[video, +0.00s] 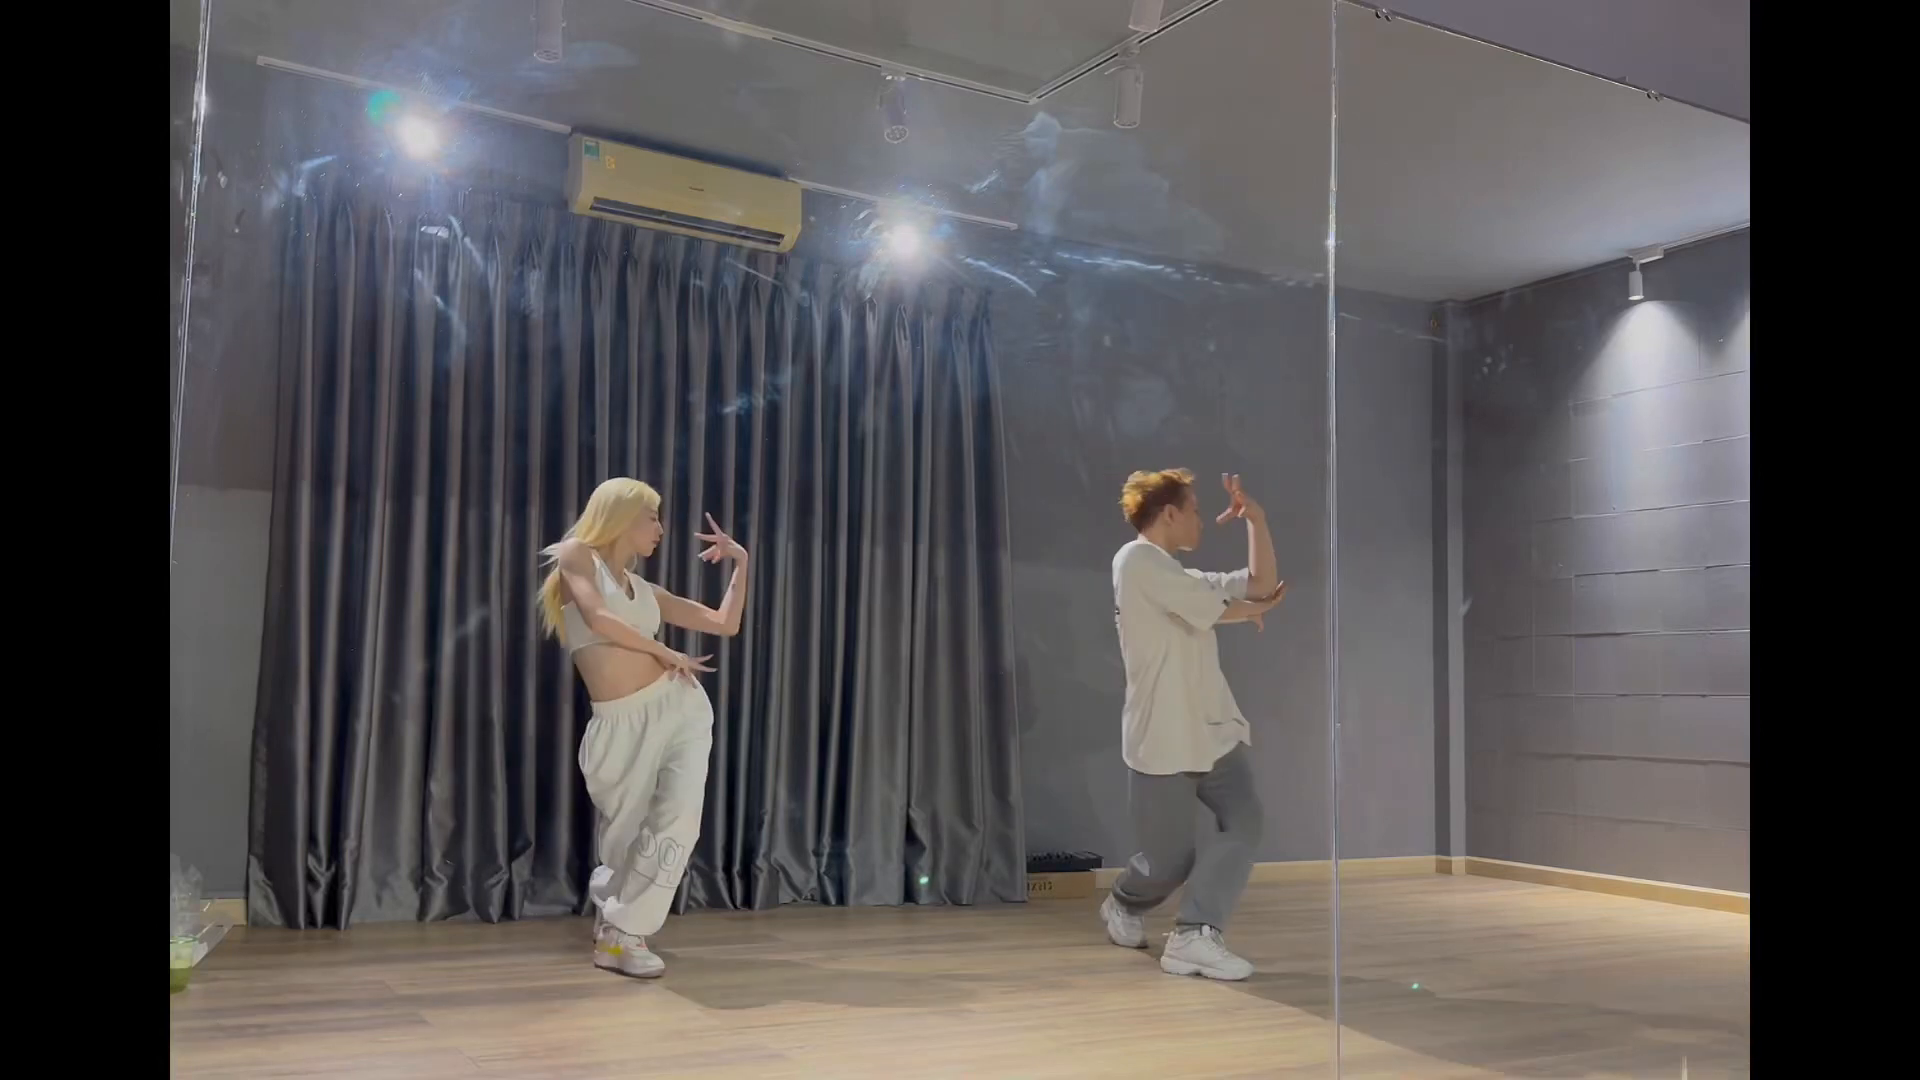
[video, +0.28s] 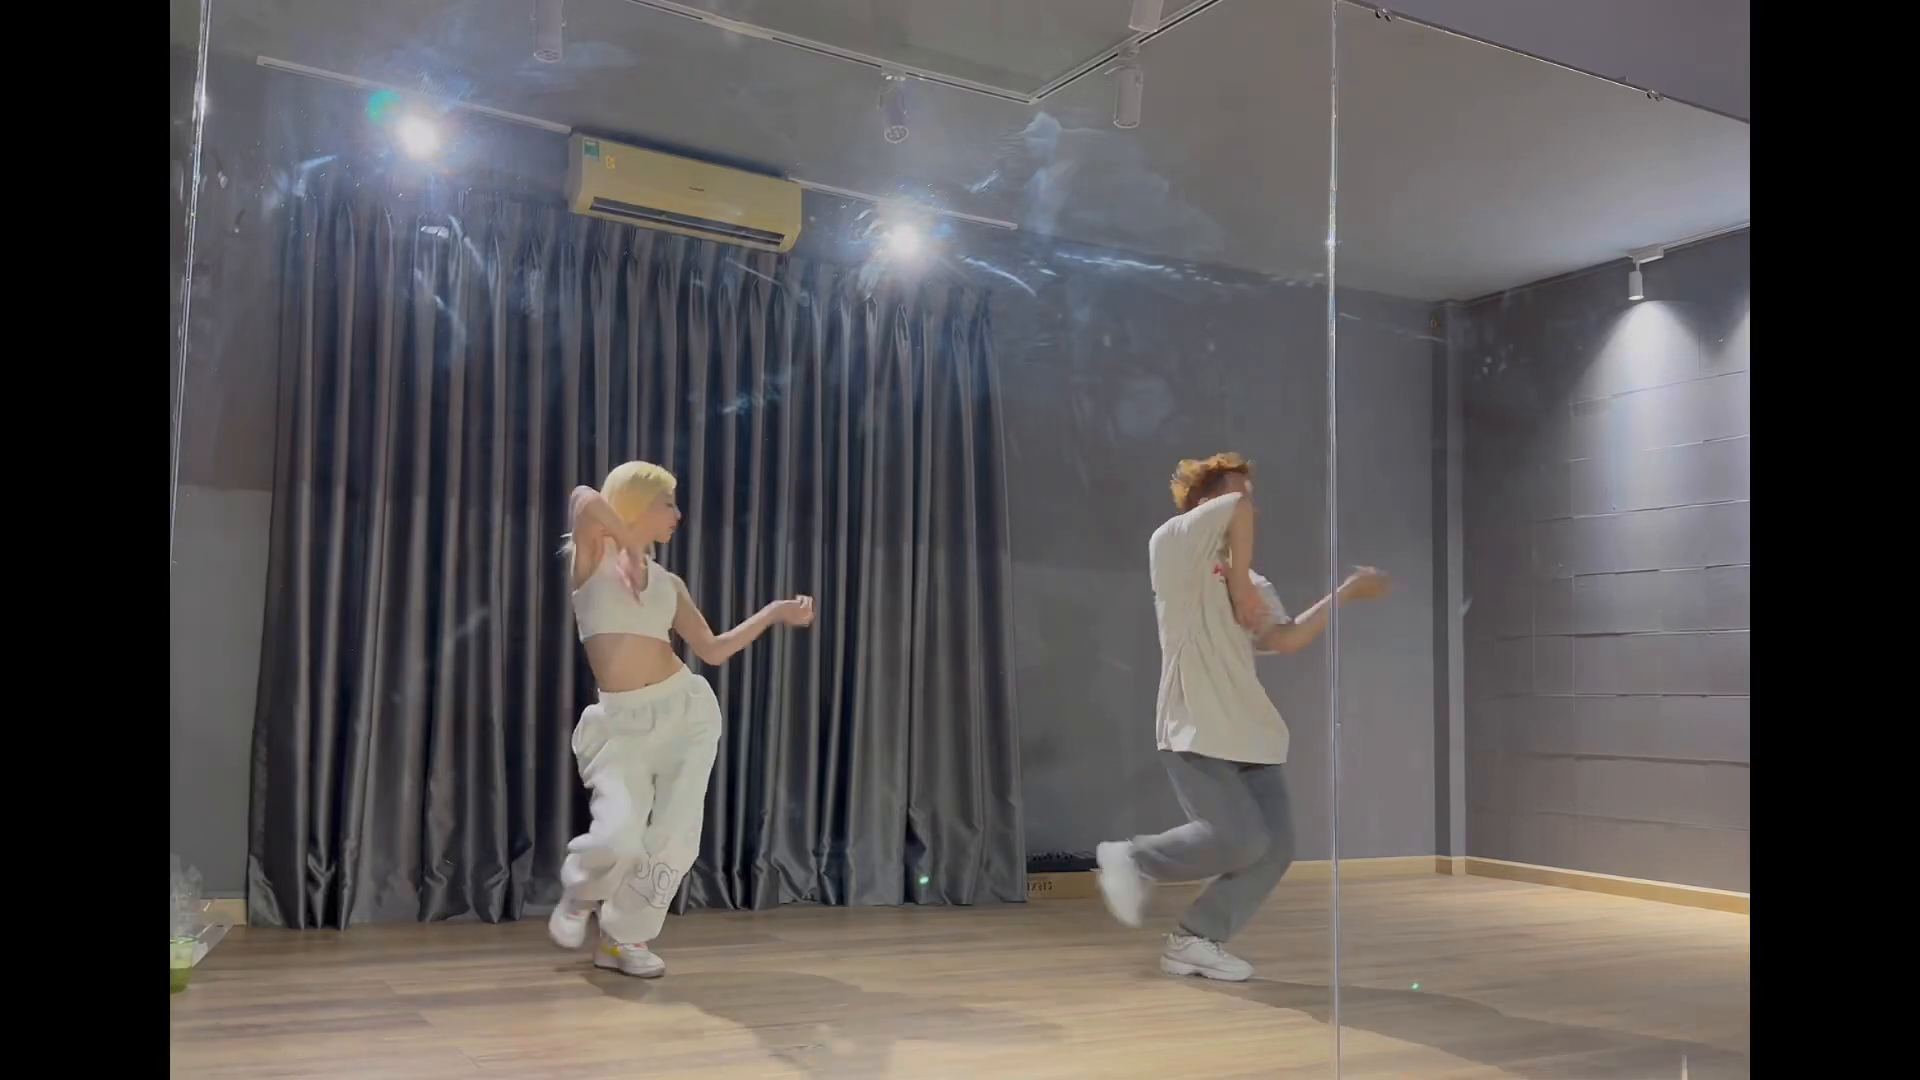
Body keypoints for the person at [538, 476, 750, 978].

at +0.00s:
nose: (660, 528)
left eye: (659, 519)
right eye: (651, 518)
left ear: (638, 525)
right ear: (619, 519)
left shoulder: (642, 591)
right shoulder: (577, 555)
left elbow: (725, 622)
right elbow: (598, 619)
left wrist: (741, 561)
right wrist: (664, 652)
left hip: (681, 708)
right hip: (622, 727)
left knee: (676, 829)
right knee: (625, 840)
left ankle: (624, 936)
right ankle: (611, 915)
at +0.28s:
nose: (678, 514)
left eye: (676, 504)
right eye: (668, 504)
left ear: (650, 516)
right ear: (635, 510)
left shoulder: (667, 585)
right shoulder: (591, 562)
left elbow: (712, 649)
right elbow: (583, 499)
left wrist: (771, 614)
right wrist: (627, 546)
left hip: (685, 713)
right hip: (620, 725)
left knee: (675, 841)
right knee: (619, 839)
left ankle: (621, 937)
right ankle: (578, 898)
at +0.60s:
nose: (645, 501)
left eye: (658, 492)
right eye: (636, 492)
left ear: (679, 504)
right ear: (624, 506)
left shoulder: (707, 548)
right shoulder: (618, 578)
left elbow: (714, 612)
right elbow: (582, 624)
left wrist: (633, 619)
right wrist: (513, 568)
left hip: (704, 713)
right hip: (642, 708)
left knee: (692, 850)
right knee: (712, 819)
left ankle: (613, 935)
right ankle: (675, 957)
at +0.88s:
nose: (687, 390)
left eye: (693, 384)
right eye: (671, 384)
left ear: (704, 405)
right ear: (643, 411)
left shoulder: (719, 464)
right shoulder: (640, 474)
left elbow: (803, 480)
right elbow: (624, 567)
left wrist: (735, 473)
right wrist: (682, 547)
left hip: (709, 637)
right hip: (660, 634)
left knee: (684, 788)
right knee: (663, 788)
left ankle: (606, 925)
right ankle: (663, 946)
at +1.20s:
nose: (707, 396)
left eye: (711, 387)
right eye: (693, 385)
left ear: (715, 402)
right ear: (663, 401)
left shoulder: (713, 463)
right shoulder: (666, 475)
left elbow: (790, 480)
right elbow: (674, 564)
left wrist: (736, 457)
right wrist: (753, 526)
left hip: (692, 636)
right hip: (671, 636)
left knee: (661, 783)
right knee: (678, 787)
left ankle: (608, 923)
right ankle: (663, 945)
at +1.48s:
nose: (716, 408)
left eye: (722, 400)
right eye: (706, 394)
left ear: (717, 411)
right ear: (671, 398)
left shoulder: (686, 467)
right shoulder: (677, 469)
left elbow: (739, 528)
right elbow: (708, 562)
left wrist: (740, 479)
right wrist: (771, 526)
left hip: (674, 631)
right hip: (684, 635)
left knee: (660, 783)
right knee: (699, 791)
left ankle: (612, 920)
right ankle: (667, 945)